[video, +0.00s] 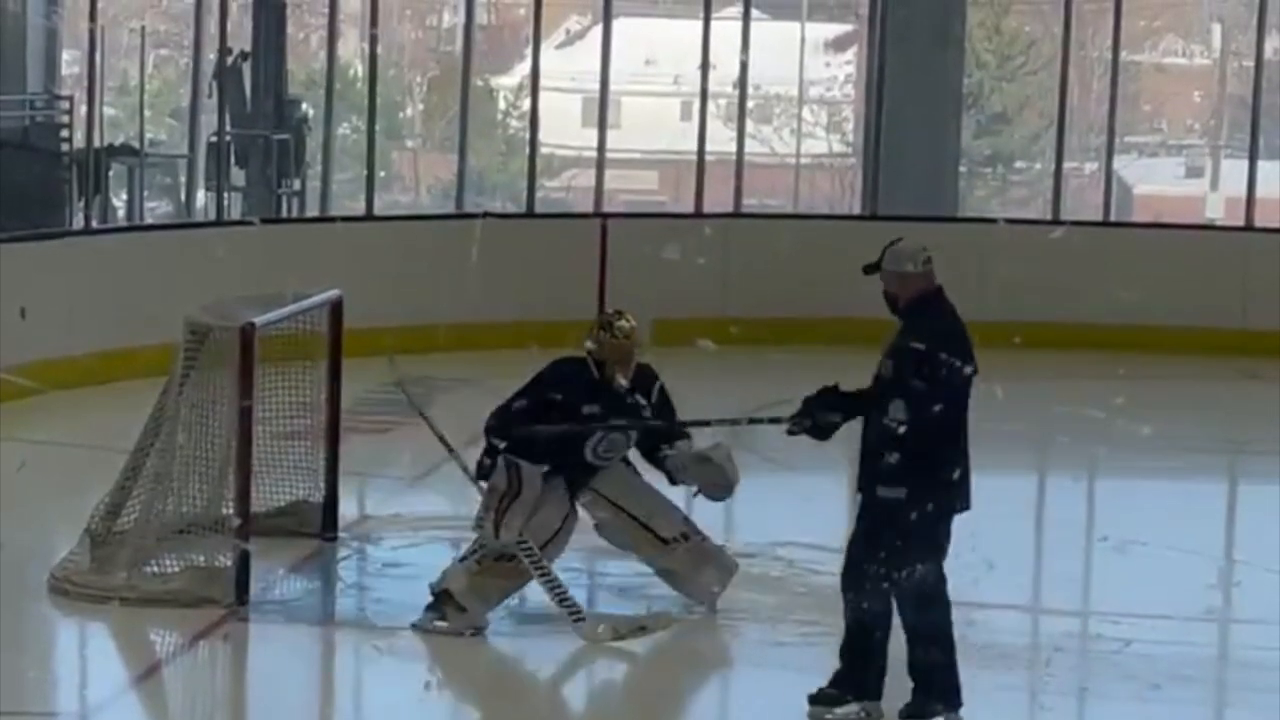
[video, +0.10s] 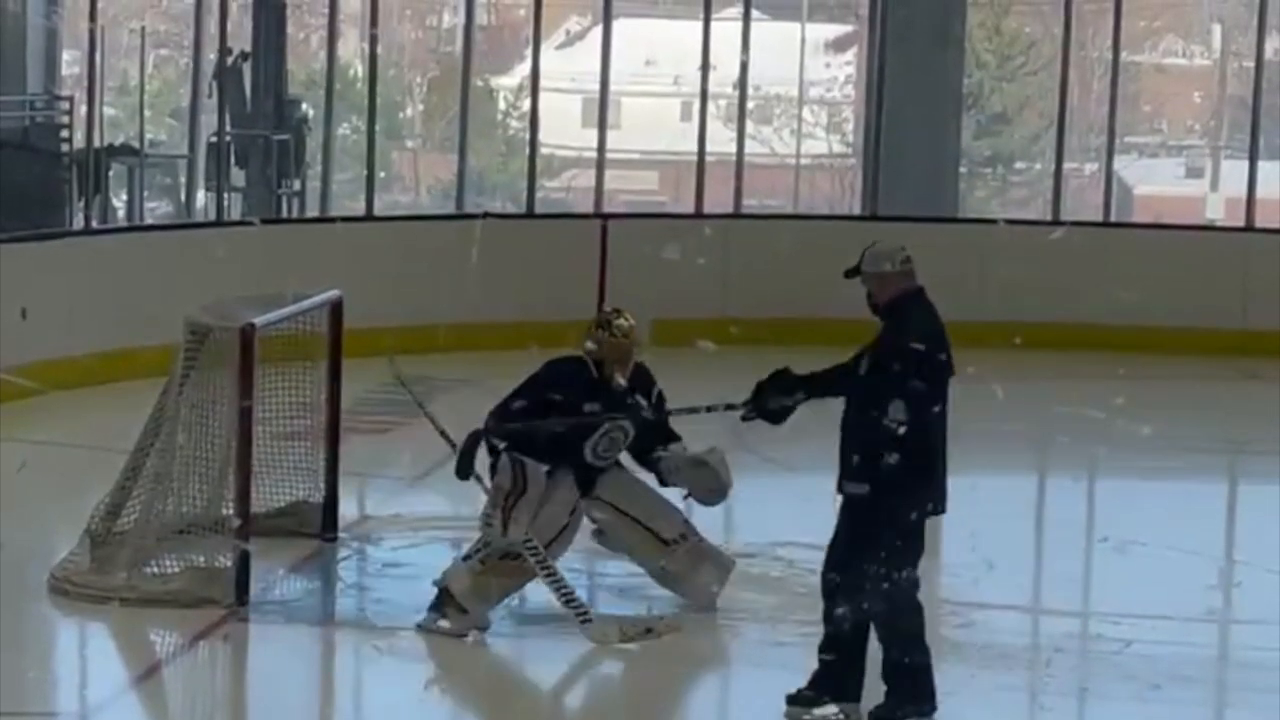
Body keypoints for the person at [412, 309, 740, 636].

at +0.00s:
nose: (621, 369)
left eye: (627, 359)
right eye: (613, 361)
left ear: (635, 352)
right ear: (596, 353)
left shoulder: (644, 382)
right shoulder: (565, 377)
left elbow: (661, 438)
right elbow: (502, 423)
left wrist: (687, 465)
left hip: (598, 469)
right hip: (537, 467)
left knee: (653, 519)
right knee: (530, 538)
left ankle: (713, 582)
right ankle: (452, 610)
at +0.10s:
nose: (620, 360)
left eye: (626, 351)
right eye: (613, 351)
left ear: (634, 349)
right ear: (595, 346)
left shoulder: (639, 381)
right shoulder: (563, 375)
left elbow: (654, 442)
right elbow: (500, 423)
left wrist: (680, 467)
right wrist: (569, 441)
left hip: (597, 473)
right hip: (540, 468)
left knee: (662, 526)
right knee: (528, 541)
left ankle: (704, 589)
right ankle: (451, 613)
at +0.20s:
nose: (607, 350)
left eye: (613, 341)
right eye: (598, 340)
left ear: (623, 345)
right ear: (583, 343)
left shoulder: (627, 385)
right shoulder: (554, 375)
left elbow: (635, 438)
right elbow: (499, 422)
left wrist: (667, 463)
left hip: (585, 471)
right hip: (531, 467)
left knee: (644, 513)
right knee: (535, 533)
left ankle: (693, 583)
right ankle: (461, 604)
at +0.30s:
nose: (593, 352)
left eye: (601, 342)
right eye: (585, 342)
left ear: (611, 344)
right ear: (570, 344)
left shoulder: (615, 384)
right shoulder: (548, 376)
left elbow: (626, 435)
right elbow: (498, 423)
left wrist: (656, 459)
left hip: (573, 470)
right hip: (523, 467)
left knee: (632, 513)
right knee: (533, 536)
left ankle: (674, 580)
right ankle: (465, 600)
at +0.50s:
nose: (568, 347)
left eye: (577, 339)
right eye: (561, 339)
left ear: (589, 344)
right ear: (549, 343)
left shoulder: (604, 381)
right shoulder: (527, 380)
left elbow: (631, 433)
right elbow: (473, 427)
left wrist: (669, 455)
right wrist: (481, 468)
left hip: (581, 475)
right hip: (525, 476)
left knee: (627, 517)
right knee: (520, 548)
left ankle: (639, 594)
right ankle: (428, 602)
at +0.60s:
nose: (542, 347)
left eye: (551, 340)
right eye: (536, 339)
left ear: (567, 346)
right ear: (526, 344)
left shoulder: (589, 375)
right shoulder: (508, 383)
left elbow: (624, 427)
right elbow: (454, 430)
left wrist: (656, 460)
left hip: (568, 479)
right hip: (514, 481)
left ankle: (647, 570)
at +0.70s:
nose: (518, 351)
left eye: (527, 344)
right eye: (512, 344)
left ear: (540, 351)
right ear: (501, 350)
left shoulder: (563, 384)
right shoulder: (481, 395)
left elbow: (596, 438)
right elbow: (435, 433)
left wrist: (634, 473)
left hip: (541, 482)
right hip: (485, 492)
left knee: (599, 516)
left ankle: (639, 570)